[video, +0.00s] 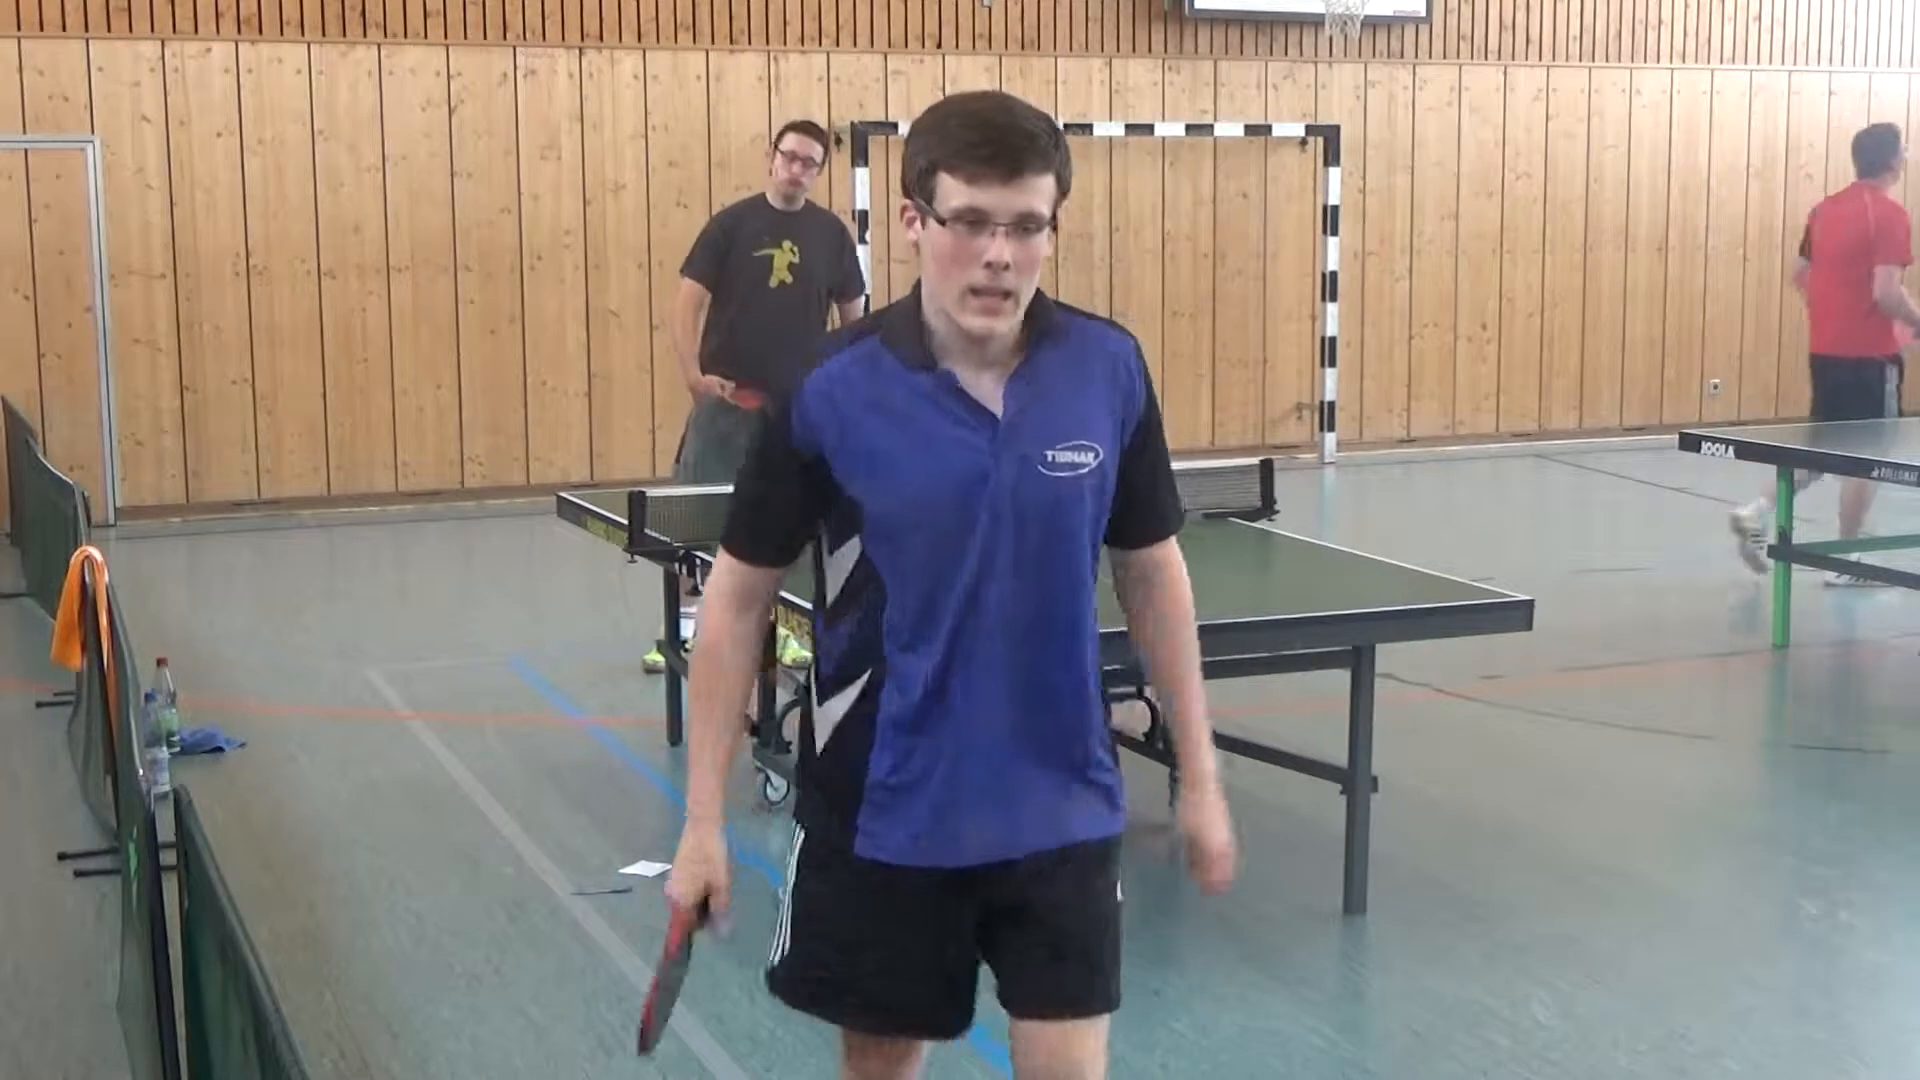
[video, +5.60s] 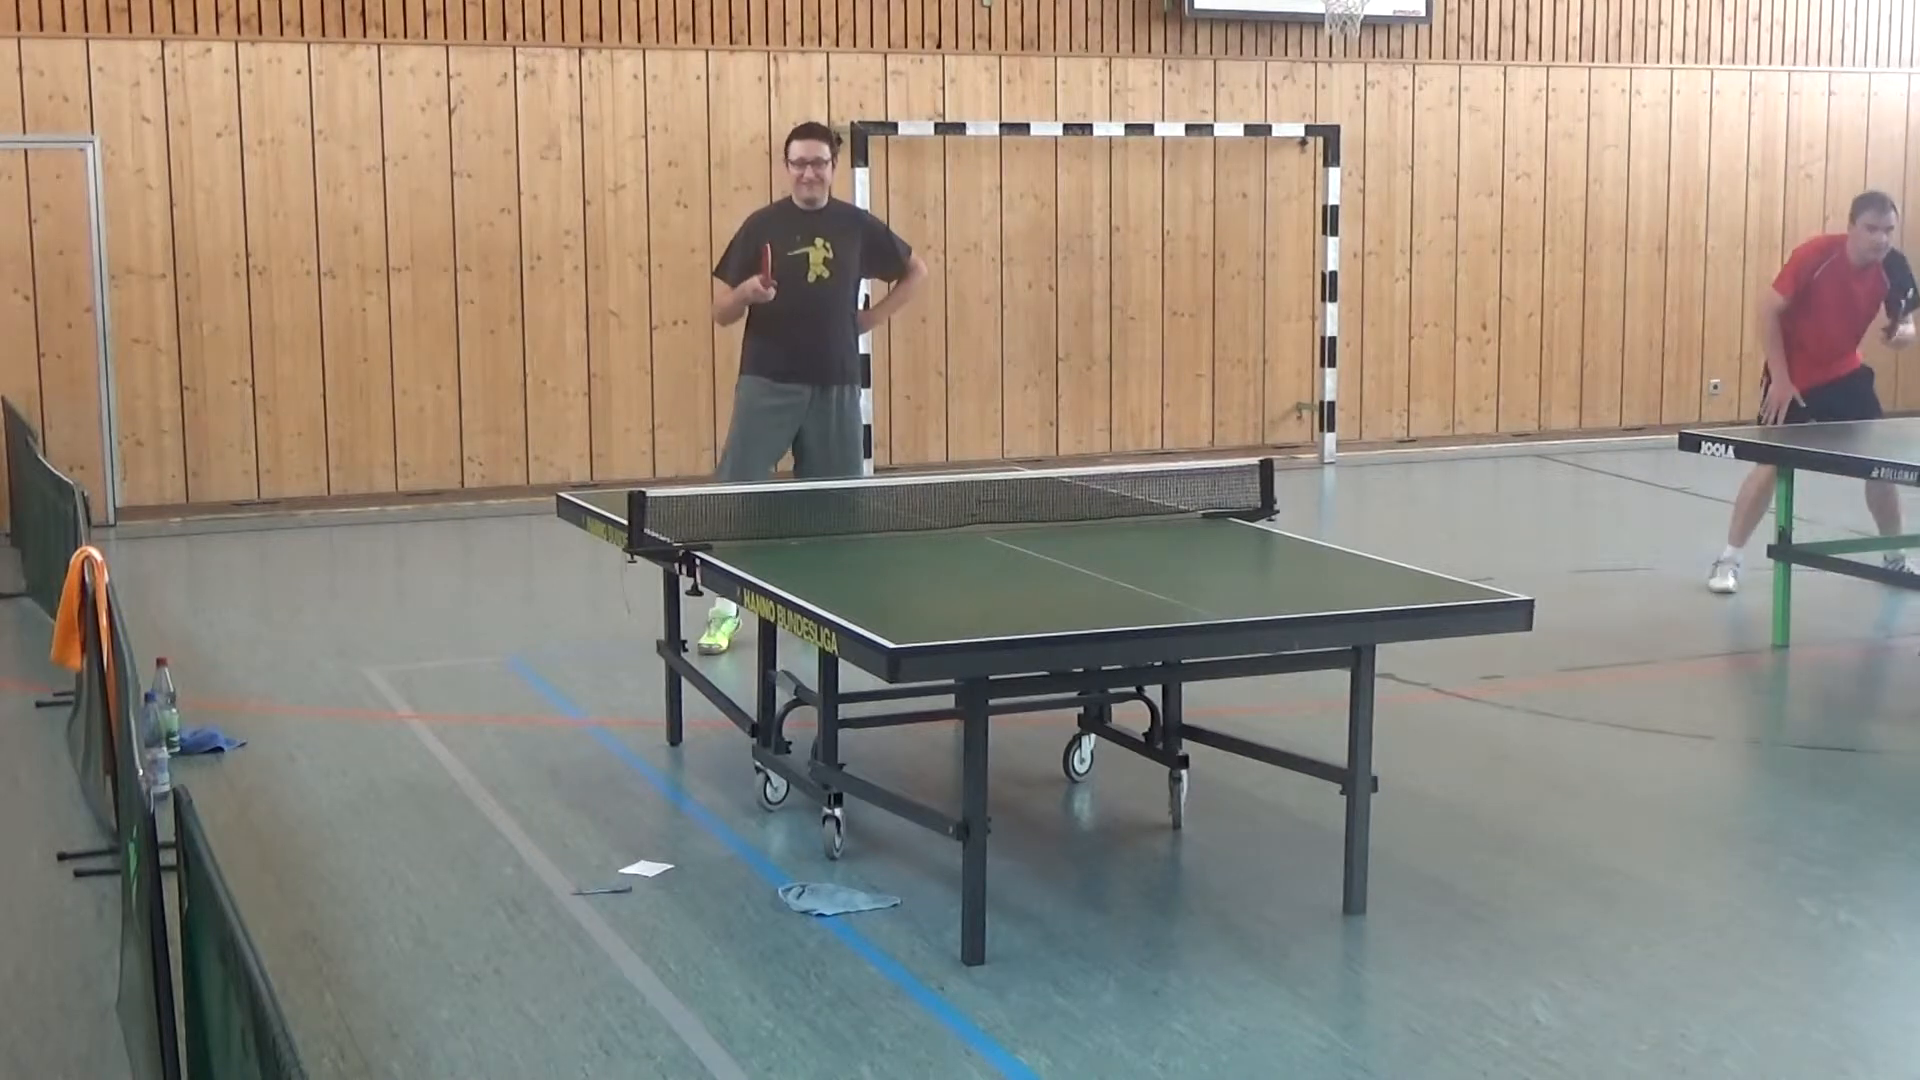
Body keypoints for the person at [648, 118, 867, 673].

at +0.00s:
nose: (796, 169)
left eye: (808, 162)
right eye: (789, 157)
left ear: (820, 169)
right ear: (772, 158)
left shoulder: (833, 232)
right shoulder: (732, 224)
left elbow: (853, 317)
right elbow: (686, 301)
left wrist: (848, 386)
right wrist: (693, 376)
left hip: (803, 410)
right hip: (728, 403)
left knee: (784, 543)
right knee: (706, 527)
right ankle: (692, 638)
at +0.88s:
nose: (745, 166)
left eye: (746, 157)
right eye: (734, 158)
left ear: (746, 161)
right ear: (701, 164)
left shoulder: (765, 218)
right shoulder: (673, 236)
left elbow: (793, 301)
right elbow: (660, 332)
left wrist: (804, 372)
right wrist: (685, 410)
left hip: (770, 394)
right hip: (704, 401)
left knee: (770, 513)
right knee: (701, 512)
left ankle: (785, 621)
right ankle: (718, 608)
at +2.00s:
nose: (828, 168)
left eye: (828, 159)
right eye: (818, 160)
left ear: (818, 167)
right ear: (785, 168)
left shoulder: (836, 227)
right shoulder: (743, 227)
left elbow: (862, 304)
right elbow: (718, 319)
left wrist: (843, 341)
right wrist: (732, 393)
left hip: (818, 389)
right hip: (758, 388)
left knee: (811, 505)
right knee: (734, 501)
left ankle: (808, 606)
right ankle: (722, 602)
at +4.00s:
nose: (809, 173)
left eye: (818, 164)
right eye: (799, 164)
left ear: (830, 168)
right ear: (783, 166)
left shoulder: (852, 225)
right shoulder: (755, 228)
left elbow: (901, 270)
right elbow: (731, 317)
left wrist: (866, 315)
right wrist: (750, 392)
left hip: (835, 392)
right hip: (768, 392)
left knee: (842, 510)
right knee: (745, 506)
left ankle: (841, 614)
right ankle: (728, 608)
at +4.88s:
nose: (809, 172)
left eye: (817, 163)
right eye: (799, 163)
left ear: (830, 166)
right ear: (783, 165)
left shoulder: (853, 224)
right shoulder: (755, 227)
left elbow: (906, 271)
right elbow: (720, 309)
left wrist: (868, 313)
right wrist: (759, 311)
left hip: (836, 387)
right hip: (768, 389)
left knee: (837, 506)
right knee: (746, 501)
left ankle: (836, 612)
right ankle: (729, 607)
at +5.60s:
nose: (809, 172)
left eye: (818, 163)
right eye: (800, 163)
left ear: (833, 166)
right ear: (786, 167)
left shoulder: (858, 225)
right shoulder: (760, 226)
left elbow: (918, 272)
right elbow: (720, 312)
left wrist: (875, 316)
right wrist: (744, 293)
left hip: (837, 389)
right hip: (767, 388)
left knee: (842, 509)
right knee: (735, 498)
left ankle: (843, 615)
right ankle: (727, 606)